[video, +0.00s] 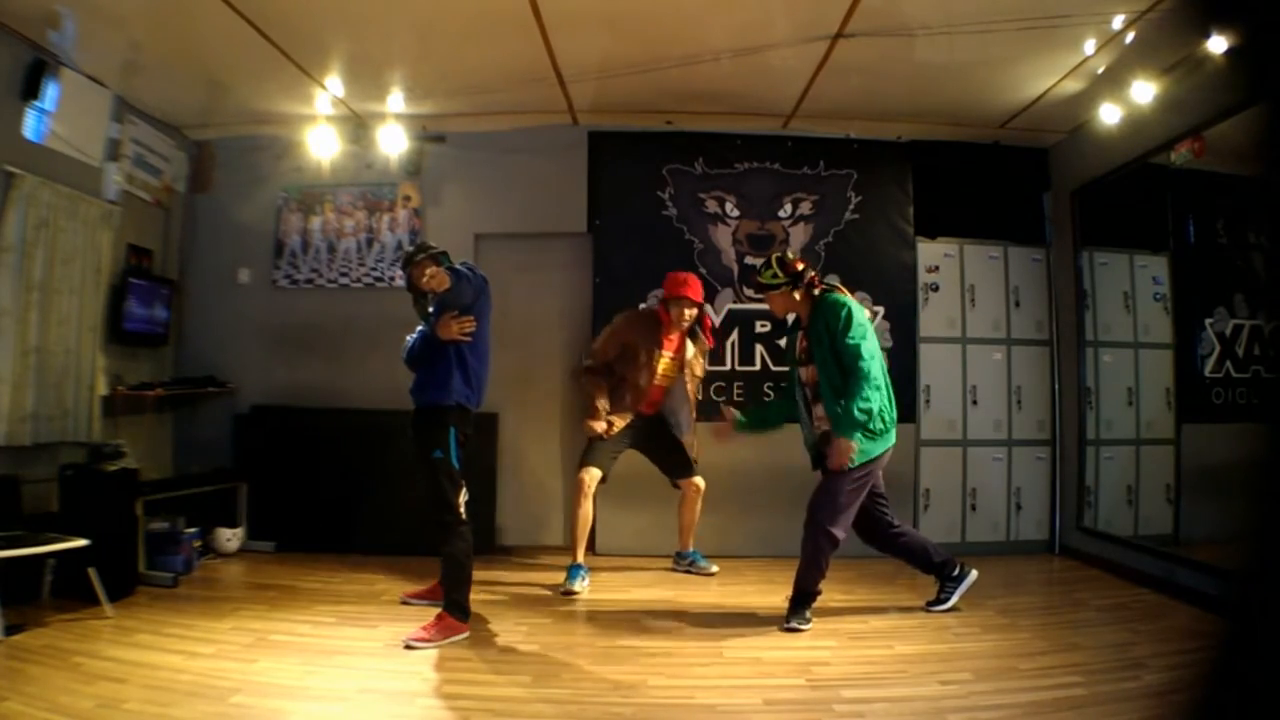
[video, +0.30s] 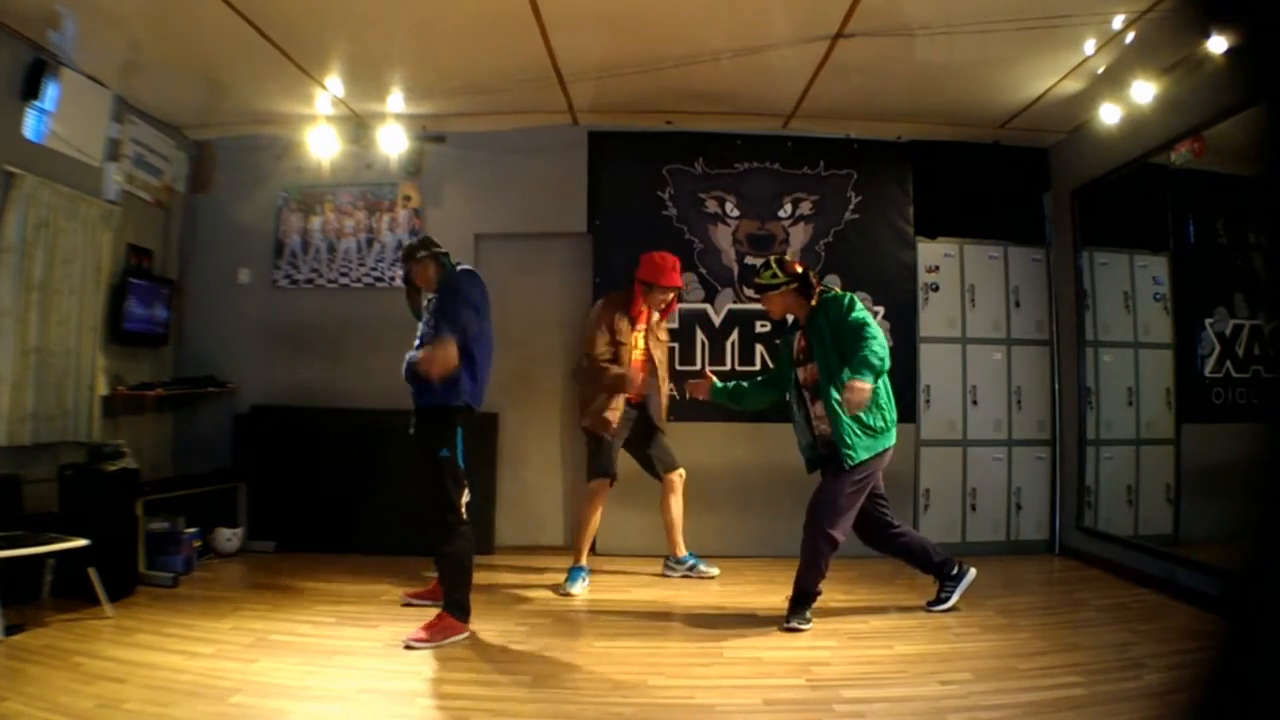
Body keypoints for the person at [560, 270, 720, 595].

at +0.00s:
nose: (686, 313)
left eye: (692, 307)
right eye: (680, 305)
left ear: (699, 310)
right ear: (665, 304)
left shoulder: (694, 345)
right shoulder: (633, 324)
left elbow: (691, 396)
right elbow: (594, 365)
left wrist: (690, 440)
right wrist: (599, 412)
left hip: (654, 422)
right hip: (618, 418)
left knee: (694, 485)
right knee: (586, 479)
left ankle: (685, 554)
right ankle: (577, 566)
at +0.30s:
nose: (669, 299)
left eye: (672, 293)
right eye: (664, 291)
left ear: (672, 292)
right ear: (644, 286)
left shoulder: (658, 321)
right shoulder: (608, 311)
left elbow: (656, 367)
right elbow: (597, 363)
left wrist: (663, 393)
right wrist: (625, 377)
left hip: (640, 413)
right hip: (606, 410)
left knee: (674, 476)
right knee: (600, 483)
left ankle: (678, 558)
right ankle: (579, 566)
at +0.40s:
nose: (666, 294)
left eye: (670, 288)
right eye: (661, 286)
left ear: (669, 288)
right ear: (642, 281)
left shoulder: (648, 314)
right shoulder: (611, 312)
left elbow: (644, 369)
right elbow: (623, 374)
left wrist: (674, 379)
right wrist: (672, 377)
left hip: (637, 416)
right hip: (607, 416)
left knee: (671, 478)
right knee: (604, 485)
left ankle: (676, 559)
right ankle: (579, 567)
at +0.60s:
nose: (664, 290)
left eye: (670, 285)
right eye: (659, 281)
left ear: (672, 288)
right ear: (642, 276)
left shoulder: (654, 316)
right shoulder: (618, 305)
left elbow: (652, 364)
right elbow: (637, 352)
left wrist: (665, 402)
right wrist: (674, 354)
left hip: (648, 413)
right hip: (615, 410)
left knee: (686, 479)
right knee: (606, 489)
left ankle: (678, 559)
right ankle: (578, 567)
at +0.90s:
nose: (687, 283)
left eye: (692, 276)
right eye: (680, 275)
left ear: (698, 282)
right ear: (664, 278)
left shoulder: (699, 324)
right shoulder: (641, 313)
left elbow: (711, 368)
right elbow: (658, 363)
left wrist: (716, 402)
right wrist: (697, 400)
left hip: (680, 417)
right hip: (639, 416)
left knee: (711, 485)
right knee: (609, 486)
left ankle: (695, 552)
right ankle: (578, 566)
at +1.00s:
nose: (692, 273)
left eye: (696, 266)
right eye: (684, 267)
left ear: (704, 273)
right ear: (672, 274)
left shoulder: (712, 323)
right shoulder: (652, 312)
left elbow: (722, 378)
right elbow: (652, 370)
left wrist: (728, 428)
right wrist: (667, 420)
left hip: (693, 418)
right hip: (649, 414)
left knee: (714, 487)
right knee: (618, 486)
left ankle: (693, 555)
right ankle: (584, 563)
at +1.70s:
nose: (624, 265)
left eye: (631, 259)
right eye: (624, 259)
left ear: (649, 265)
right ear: (635, 266)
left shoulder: (689, 296)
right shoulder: (630, 304)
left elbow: (710, 350)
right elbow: (616, 353)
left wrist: (673, 366)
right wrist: (584, 354)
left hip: (686, 402)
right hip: (648, 401)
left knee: (694, 477)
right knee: (627, 477)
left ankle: (708, 555)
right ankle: (602, 557)